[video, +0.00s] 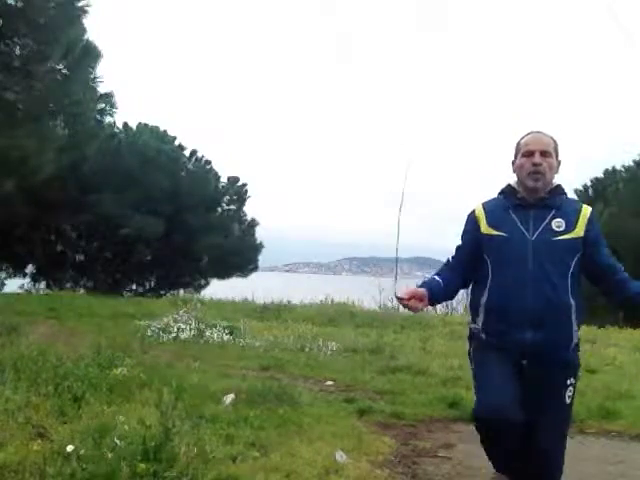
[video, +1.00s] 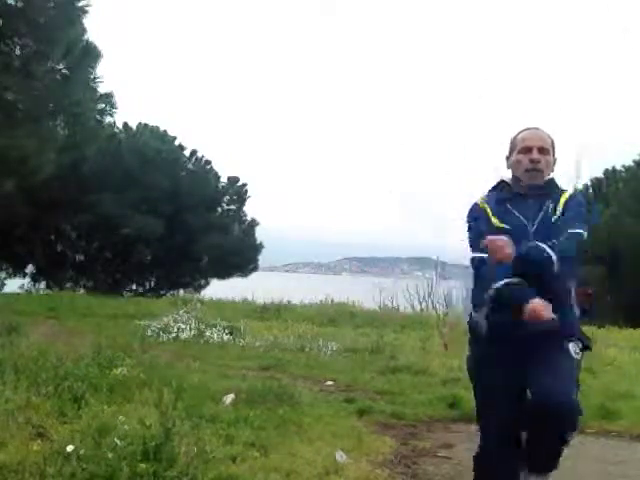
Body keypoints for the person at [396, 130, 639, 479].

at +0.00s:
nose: (537, 161)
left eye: (545, 155)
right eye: (528, 155)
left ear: (557, 165)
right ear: (514, 164)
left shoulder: (580, 218)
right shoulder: (484, 216)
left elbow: (612, 276)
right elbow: (458, 269)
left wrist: (636, 297)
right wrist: (427, 292)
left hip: (554, 351)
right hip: (494, 347)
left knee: (547, 452)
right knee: (494, 416)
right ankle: (512, 470)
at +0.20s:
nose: (532, 138)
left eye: (541, 131)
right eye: (524, 131)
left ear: (554, 142)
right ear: (510, 141)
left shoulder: (580, 191)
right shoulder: (483, 191)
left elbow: (611, 253)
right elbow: (449, 244)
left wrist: (636, 273)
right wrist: (404, 272)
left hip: (557, 330)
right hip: (497, 328)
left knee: (550, 430)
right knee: (506, 423)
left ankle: (534, 476)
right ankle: (497, 476)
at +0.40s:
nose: (537, 142)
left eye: (546, 135)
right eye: (528, 135)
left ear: (558, 146)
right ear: (513, 144)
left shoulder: (581, 200)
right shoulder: (482, 198)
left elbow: (602, 264)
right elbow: (451, 254)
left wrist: (632, 300)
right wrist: (410, 293)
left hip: (558, 340)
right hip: (496, 338)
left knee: (558, 433)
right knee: (502, 439)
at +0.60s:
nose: (542, 156)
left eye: (551, 150)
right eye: (533, 150)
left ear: (564, 161)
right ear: (518, 160)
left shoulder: (590, 212)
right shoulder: (487, 211)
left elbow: (634, 258)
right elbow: (444, 260)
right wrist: (392, 283)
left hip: (561, 348)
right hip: (496, 345)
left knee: (547, 446)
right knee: (484, 419)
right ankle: (520, 470)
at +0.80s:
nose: (541, 130)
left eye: (550, 125)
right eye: (532, 124)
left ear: (562, 134)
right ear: (517, 133)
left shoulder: (574, 169)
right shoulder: (496, 177)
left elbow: (570, 209)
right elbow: (496, 247)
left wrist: (502, 241)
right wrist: (573, 270)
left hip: (553, 311)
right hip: (499, 310)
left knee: (546, 416)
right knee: (492, 400)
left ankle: (542, 473)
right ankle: (499, 473)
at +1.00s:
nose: (534, 157)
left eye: (542, 151)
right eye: (525, 151)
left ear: (553, 161)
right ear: (510, 160)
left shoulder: (571, 202)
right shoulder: (486, 208)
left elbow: (567, 254)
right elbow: (487, 270)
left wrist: (516, 251)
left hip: (553, 332)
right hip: (497, 334)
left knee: (558, 405)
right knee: (497, 433)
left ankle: (537, 468)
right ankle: (499, 473)